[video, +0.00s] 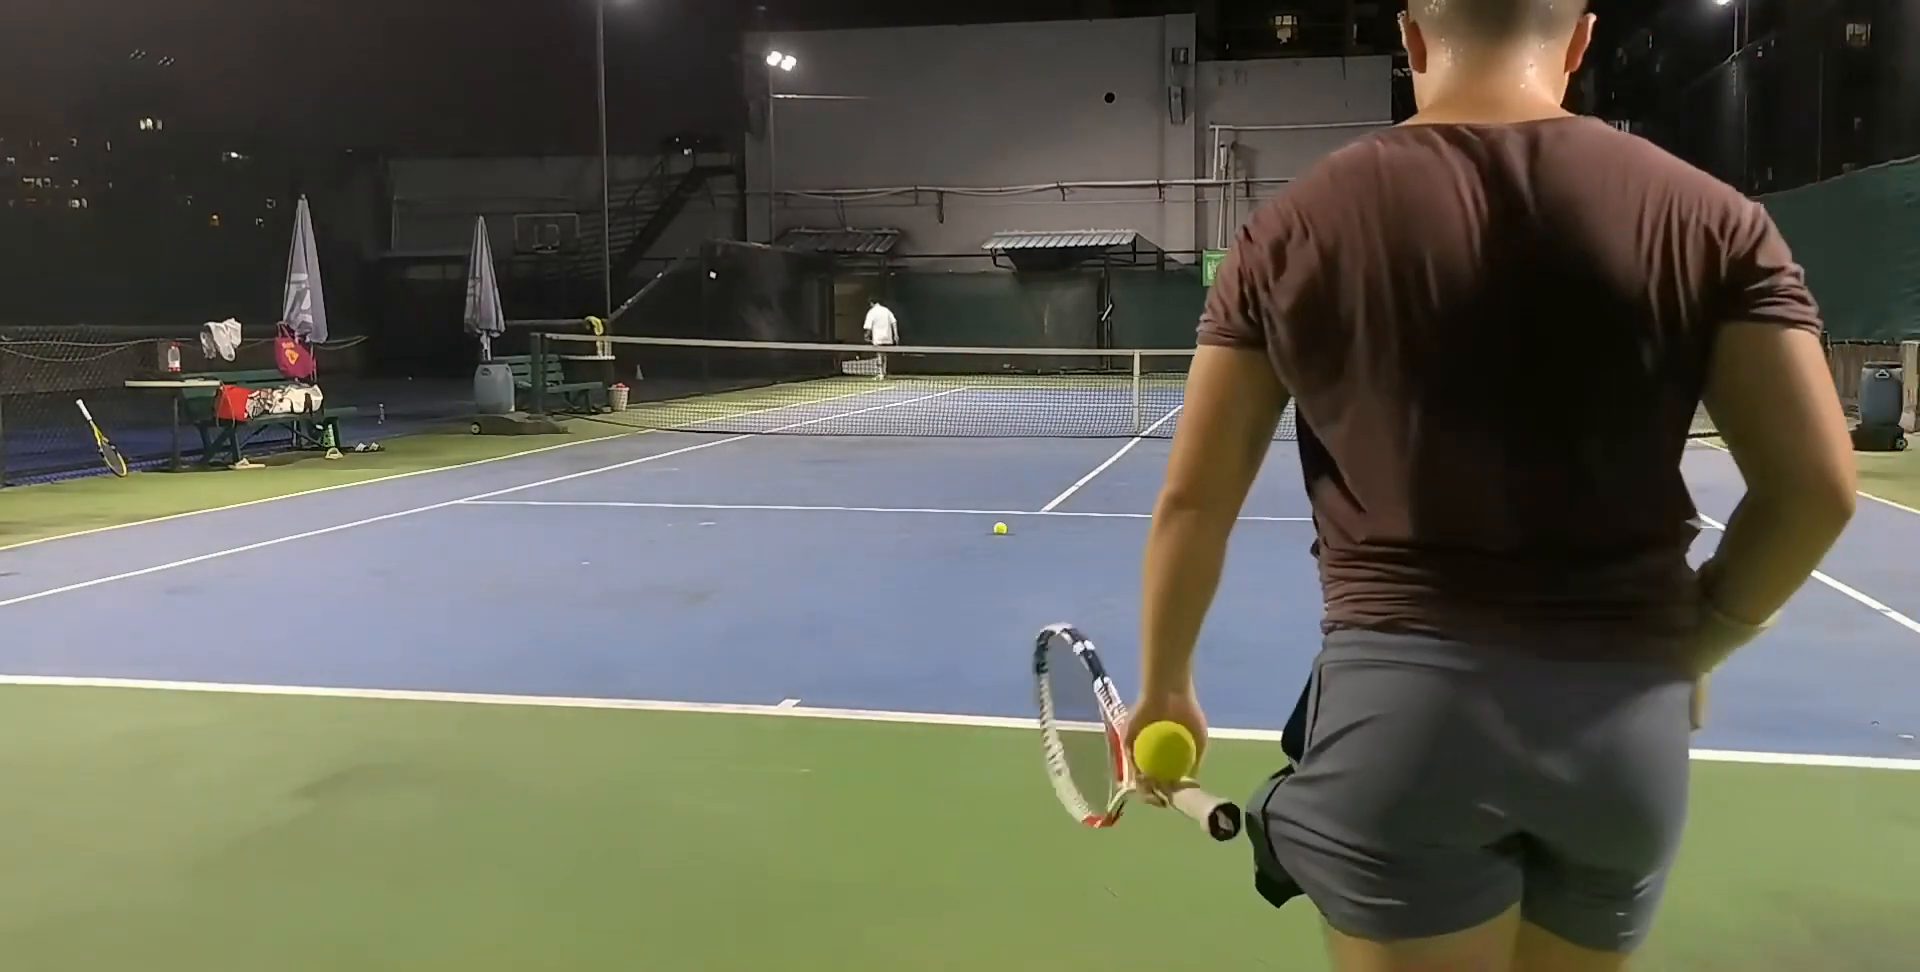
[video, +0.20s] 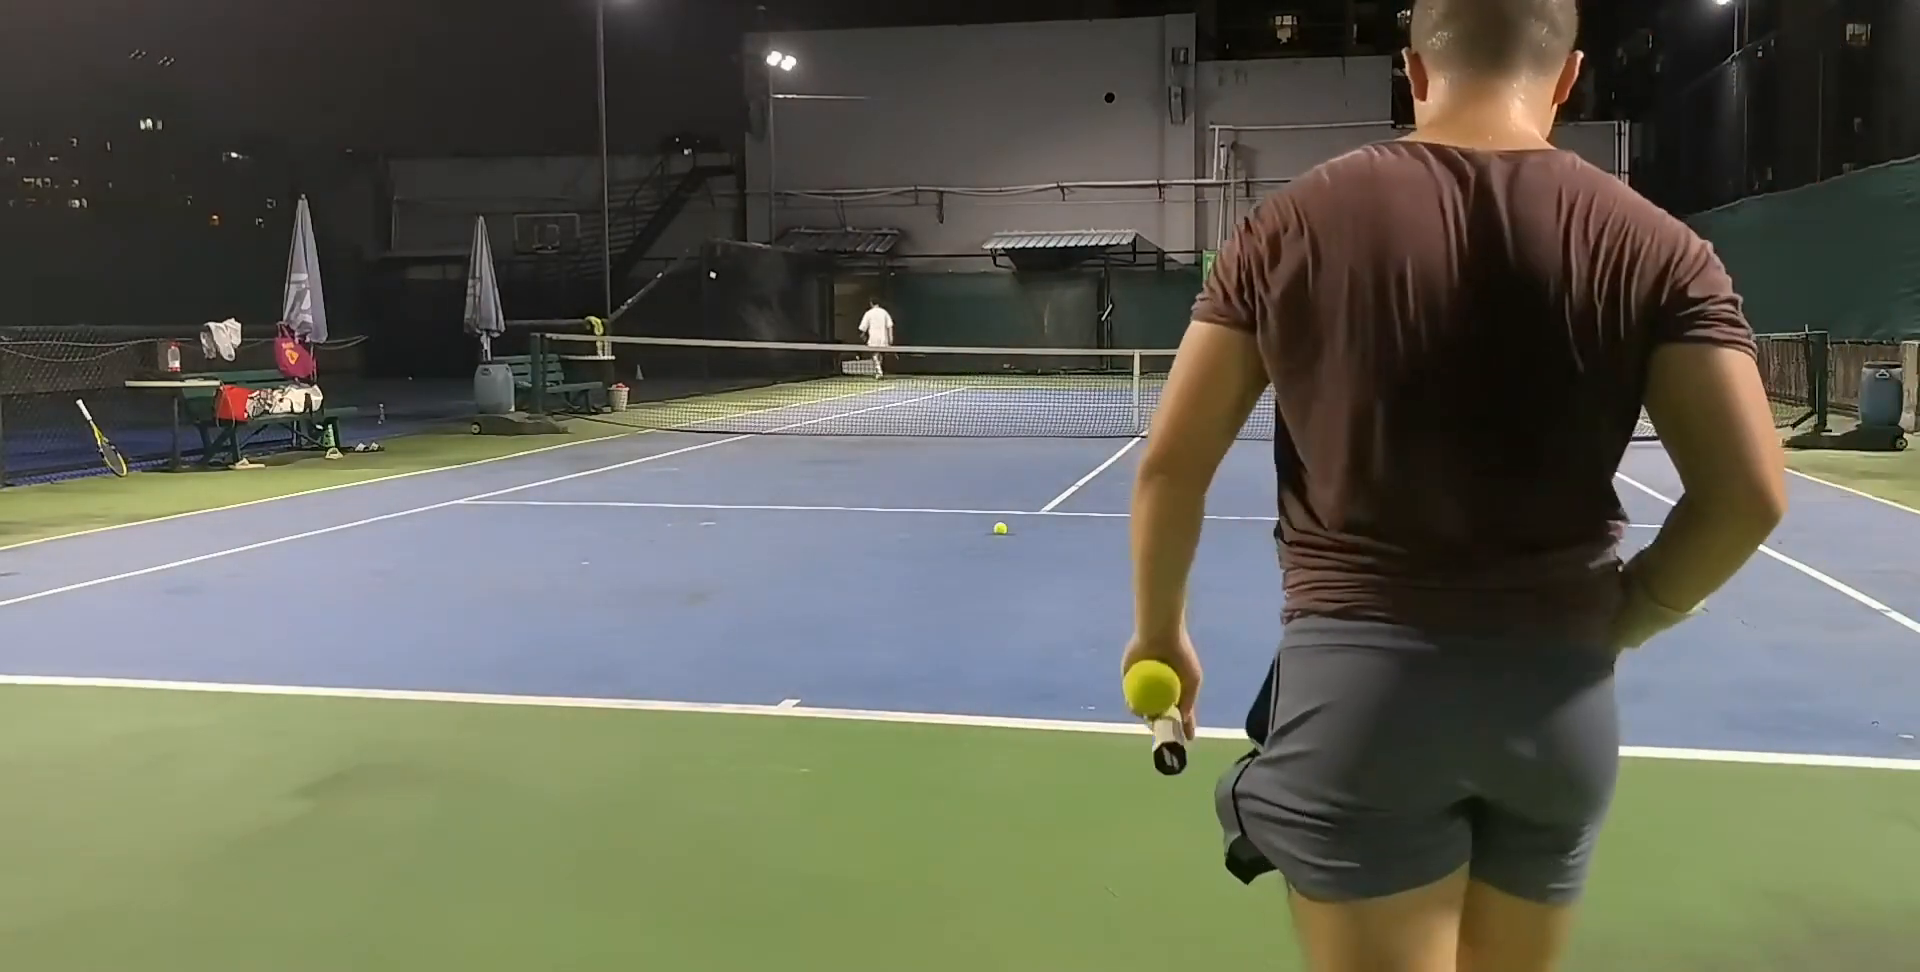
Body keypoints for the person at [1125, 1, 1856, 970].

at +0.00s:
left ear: (1413, 34)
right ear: (1578, 37)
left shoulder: (1301, 223)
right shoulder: (1705, 218)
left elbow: (1192, 502)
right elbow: (1813, 486)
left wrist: (1164, 689)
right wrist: (1692, 638)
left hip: (1391, 714)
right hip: (1624, 727)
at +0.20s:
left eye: (1409, 66)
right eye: (1574, 79)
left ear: (1415, 70)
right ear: (1567, 77)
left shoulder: (1294, 225)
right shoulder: (1652, 245)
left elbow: (1170, 464)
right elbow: (1745, 496)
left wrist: (1158, 633)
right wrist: (1618, 616)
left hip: (1352, 683)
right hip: (1558, 686)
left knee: (1381, 953)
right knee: (1508, 954)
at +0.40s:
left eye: (1399, 71)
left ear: (1410, 71)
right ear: (1549, 91)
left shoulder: (1301, 207)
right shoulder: (1622, 243)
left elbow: (1154, 423)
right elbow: (1697, 475)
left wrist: (1145, 557)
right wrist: (1585, 613)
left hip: (1326, 643)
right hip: (1519, 642)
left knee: (1267, 953)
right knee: (1483, 956)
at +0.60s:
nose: (1346, 94)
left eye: (1348, 74)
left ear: (1364, 73)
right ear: (1490, 96)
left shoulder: (1277, 207)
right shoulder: (1570, 241)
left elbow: (1124, 409)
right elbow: (1631, 455)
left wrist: (1113, 494)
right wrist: (1529, 568)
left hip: (1300, 622)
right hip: (1483, 624)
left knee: (1214, 906)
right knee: (1456, 943)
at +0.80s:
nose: (1277, 118)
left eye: (1278, 102)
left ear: (1291, 101)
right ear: (1407, 118)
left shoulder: (1203, 239)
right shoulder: (1487, 256)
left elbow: (1086, 437)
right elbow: (1543, 443)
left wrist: (1110, 465)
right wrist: (1425, 485)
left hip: (1247, 621)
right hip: (1420, 620)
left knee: (1184, 909)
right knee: (1412, 933)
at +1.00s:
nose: (1199, 115)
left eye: (1198, 101)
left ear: (1206, 101)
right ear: (1322, 114)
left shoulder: (1123, 248)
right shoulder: (1392, 253)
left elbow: (1079, 451)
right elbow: (1408, 438)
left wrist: (1166, 436)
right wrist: (1298, 451)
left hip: (1168, 598)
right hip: (1327, 600)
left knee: (1141, 880)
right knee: (1336, 885)